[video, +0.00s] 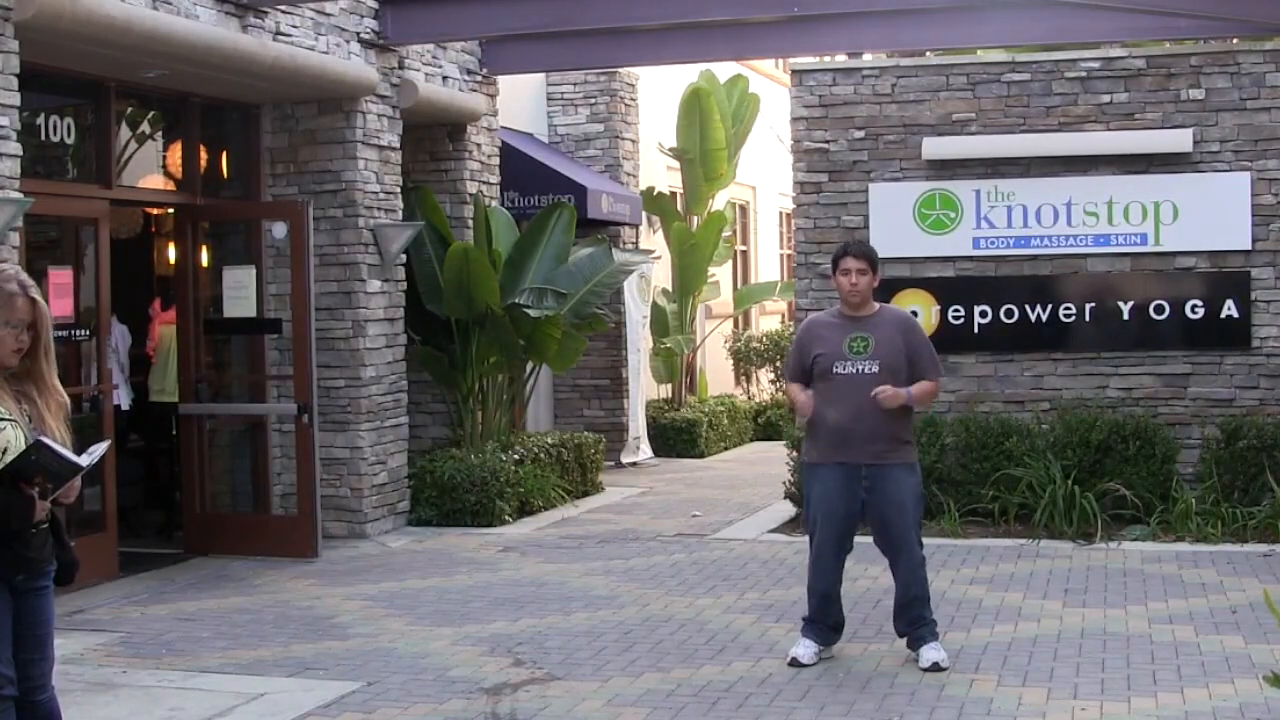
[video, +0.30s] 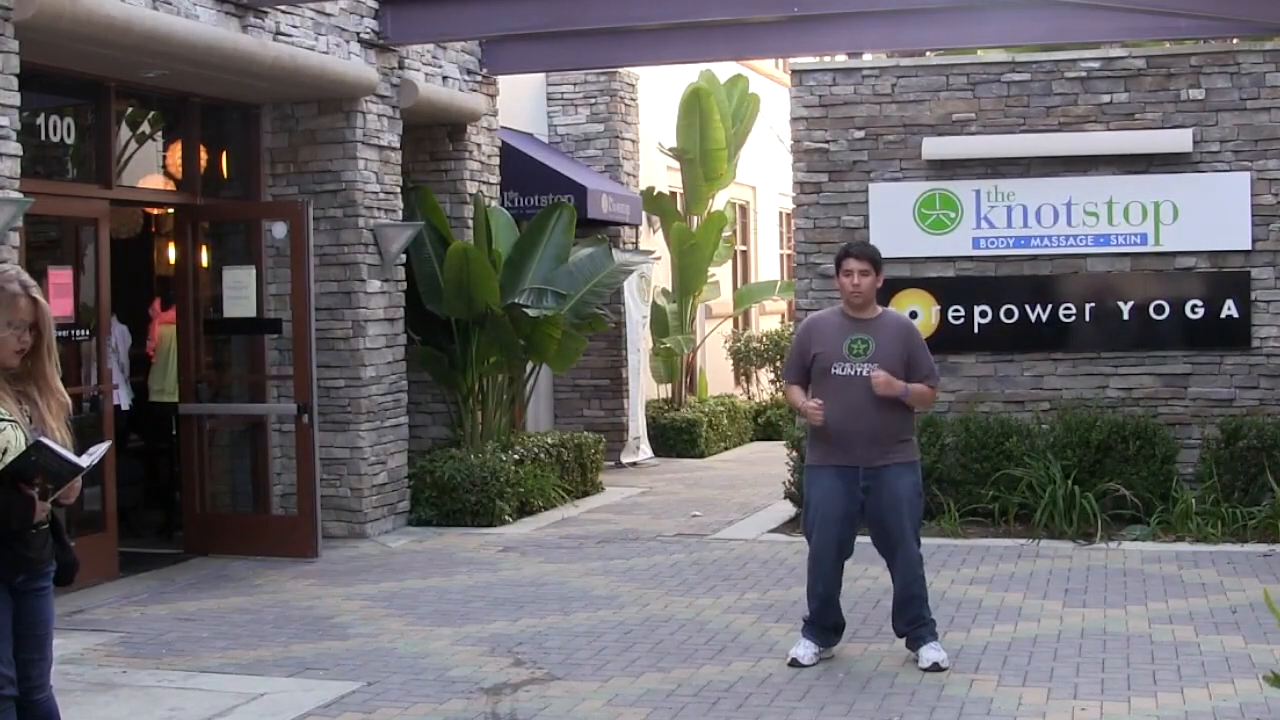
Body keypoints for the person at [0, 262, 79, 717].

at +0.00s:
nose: (21, 338)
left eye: (27, 327)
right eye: (10, 326)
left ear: (37, 332)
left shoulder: (42, 395)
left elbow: (60, 475)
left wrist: (67, 490)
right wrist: (23, 505)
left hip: (36, 564)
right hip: (2, 565)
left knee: (37, 690)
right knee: (5, 691)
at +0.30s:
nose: (24, 338)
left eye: (29, 328)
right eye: (13, 327)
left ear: (38, 332)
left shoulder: (41, 395)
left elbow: (58, 472)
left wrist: (67, 489)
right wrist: (23, 503)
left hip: (36, 563)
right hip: (2, 564)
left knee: (36, 689)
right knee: (5, 691)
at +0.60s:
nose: (25, 339)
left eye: (30, 329)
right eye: (14, 328)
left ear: (39, 333)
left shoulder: (43, 396)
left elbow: (61, 475)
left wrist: (68, 491)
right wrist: (20, 506)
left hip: (36, 561)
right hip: (3, 560)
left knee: (34, 686)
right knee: (6, 689)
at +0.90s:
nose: (26, 340)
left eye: (32, 330)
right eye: (15, 329)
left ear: (41, 333)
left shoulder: (44, 396)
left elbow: (62, 472)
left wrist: (69, 492)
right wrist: (22, 506)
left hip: (36, 561)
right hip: (3, 561)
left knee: (34, 684)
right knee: (7, 688)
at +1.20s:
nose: (26, 342)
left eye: (33, 331)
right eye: (16, 330)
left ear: (41, 334)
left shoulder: (44, 397)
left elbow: (66, 484)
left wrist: (69, 491)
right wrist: (23, 510)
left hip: (37, 560)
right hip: (2, 561)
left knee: (35, 684)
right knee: (11, 689)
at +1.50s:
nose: (22, 341)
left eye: (29, 330)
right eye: (12, 329)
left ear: (38, 333)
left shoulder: (47, 396)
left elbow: (67, 479)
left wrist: (66, 490)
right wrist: (23, 508)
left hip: (37, 556)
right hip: (2, 557)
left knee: (35, 682)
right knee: (14, 686)